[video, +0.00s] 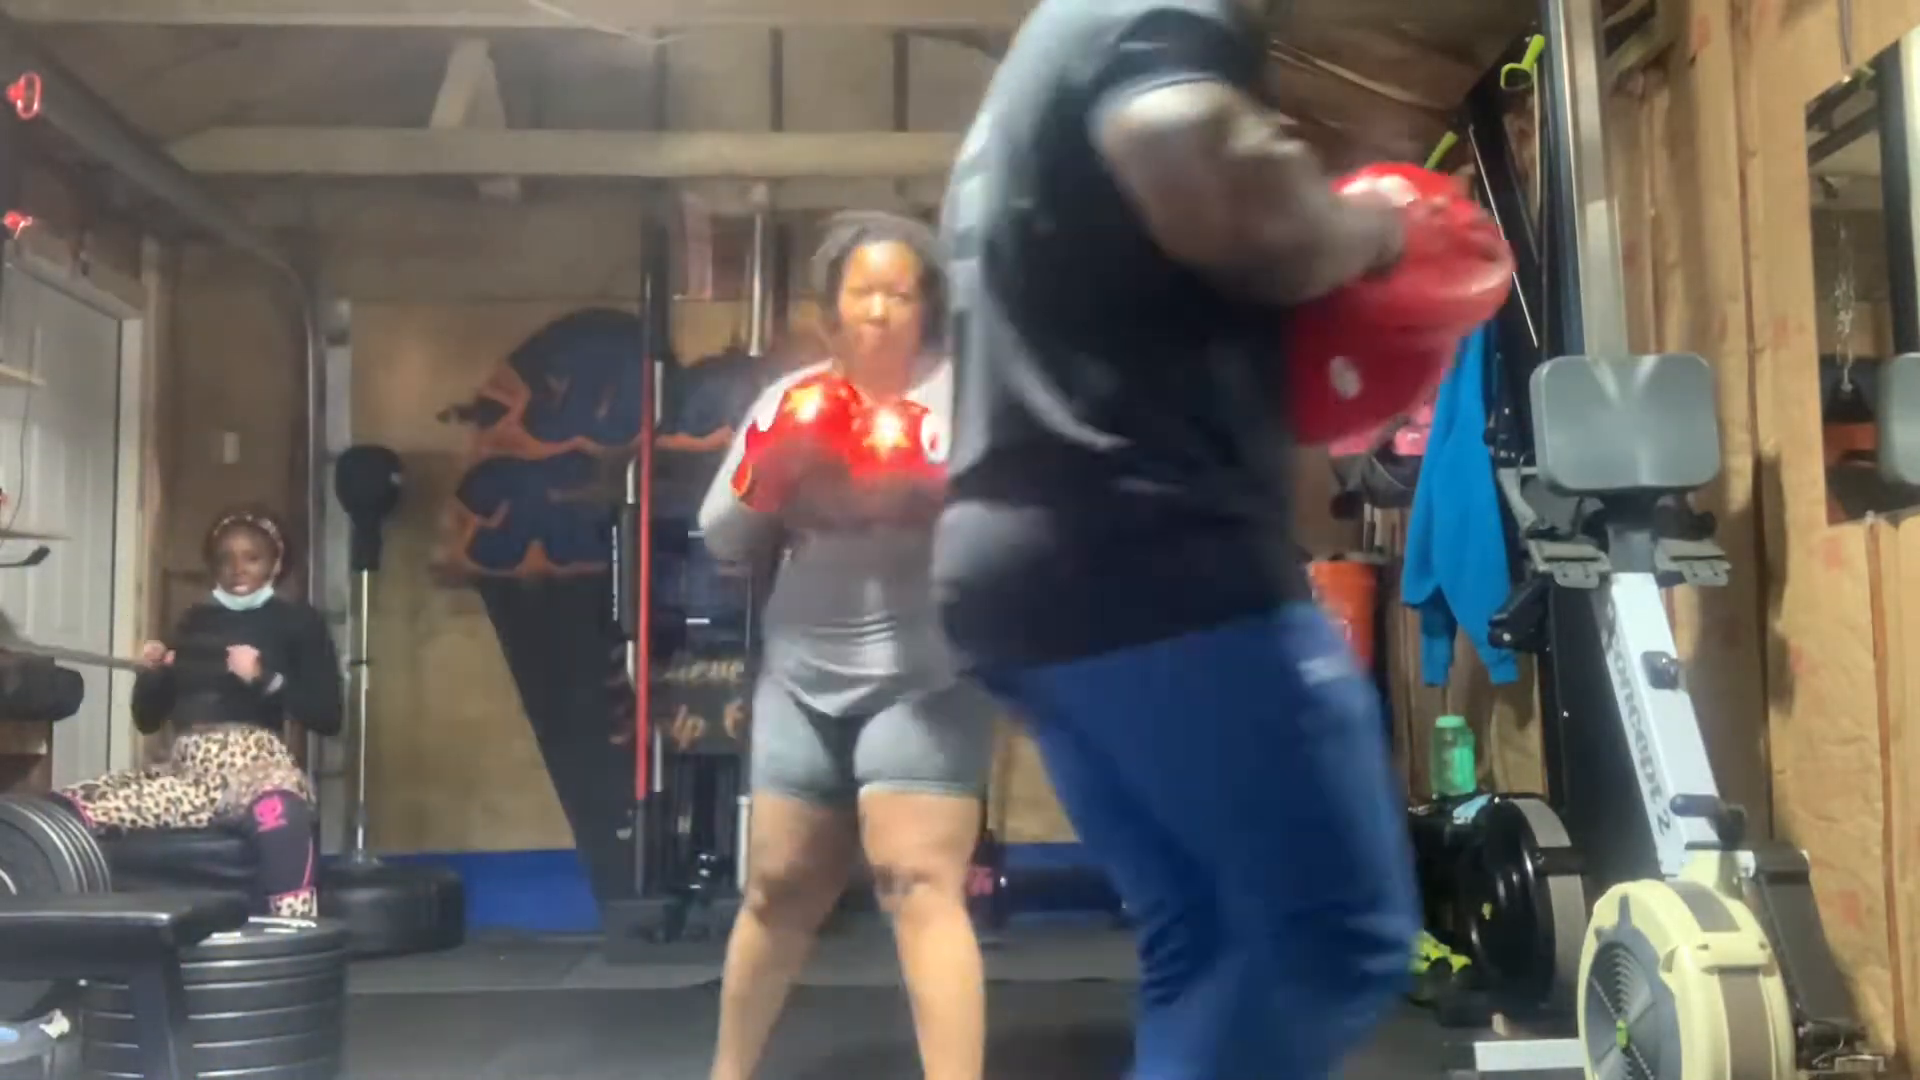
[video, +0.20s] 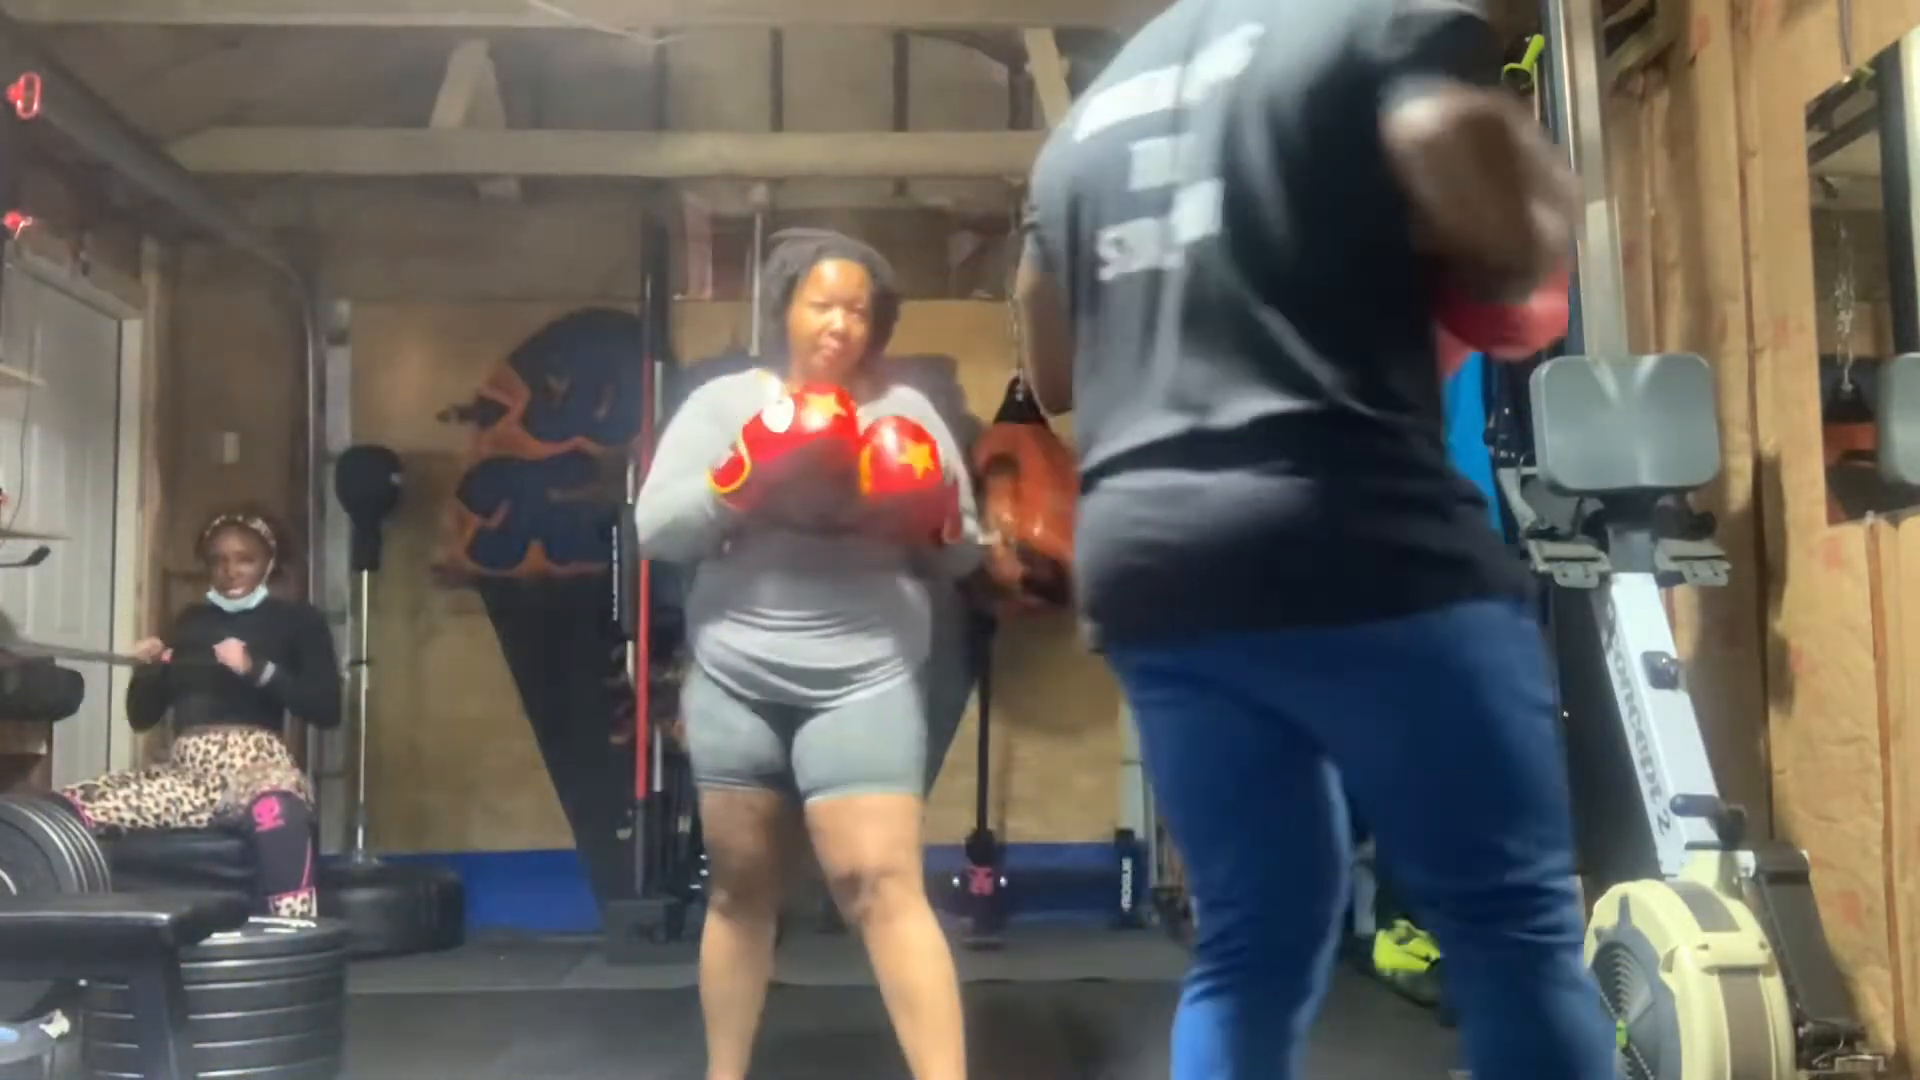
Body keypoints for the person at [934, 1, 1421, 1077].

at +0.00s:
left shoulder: (1051, 48)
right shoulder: (1155, 16)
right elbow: (1221, 205)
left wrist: (1320, 352)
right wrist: (1370, 223)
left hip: (1027, 555)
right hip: (1154, 553)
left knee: (1194, 942)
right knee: (1337, 936)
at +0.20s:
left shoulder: (1087, 111)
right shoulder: (1394, 18)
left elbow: (1055, 375)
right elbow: (1436, 131)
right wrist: (1524, 267)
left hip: (1138, 539)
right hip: (1356, 530)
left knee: (1250, 944)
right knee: (1512, 923)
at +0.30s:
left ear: (1264, 1)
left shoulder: (1139, 122)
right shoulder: (1504, 50)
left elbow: (1074, 369)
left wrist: (1248, 370)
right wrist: (1495, 289)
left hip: (1227, 564)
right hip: (1455, 555)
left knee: (1310, 939)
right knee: (1587, 931)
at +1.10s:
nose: (1251, 130)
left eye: (1248, 116)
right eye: (1246, 118)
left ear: (1286, 87)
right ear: (1392, 59)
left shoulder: (1260, 177)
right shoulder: (1568, 144)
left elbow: (1133, 386)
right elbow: (1629, 339)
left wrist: (1122, 274)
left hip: (1399, 574)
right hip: (1629, 558)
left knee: (1332, 931)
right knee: (1695, 901)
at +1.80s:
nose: (1345, 142)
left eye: (1346, 128)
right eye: (1349, 130)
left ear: (1377, 109)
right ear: (1494, 96)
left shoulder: (1324, 193)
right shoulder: (1646, 194)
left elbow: (1137, 329)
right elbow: (1695, 399)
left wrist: (1174, 277)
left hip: (1444, 585)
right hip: (1674, 579)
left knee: (1310, 867)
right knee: (1749, 927)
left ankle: (1326, 1071)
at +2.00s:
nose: (1341, 207)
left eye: (1341, 190)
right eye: (1341, 193)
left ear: (1366, 178)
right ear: (1489, 171)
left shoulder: (1317, 267)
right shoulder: (1611, 272)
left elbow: (1178, 423)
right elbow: (1641, 399)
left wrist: (1287, 408)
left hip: (1413, 668)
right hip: (1638, 661)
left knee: (1292, 906)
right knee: (1716, 973)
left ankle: (1246, 1069)